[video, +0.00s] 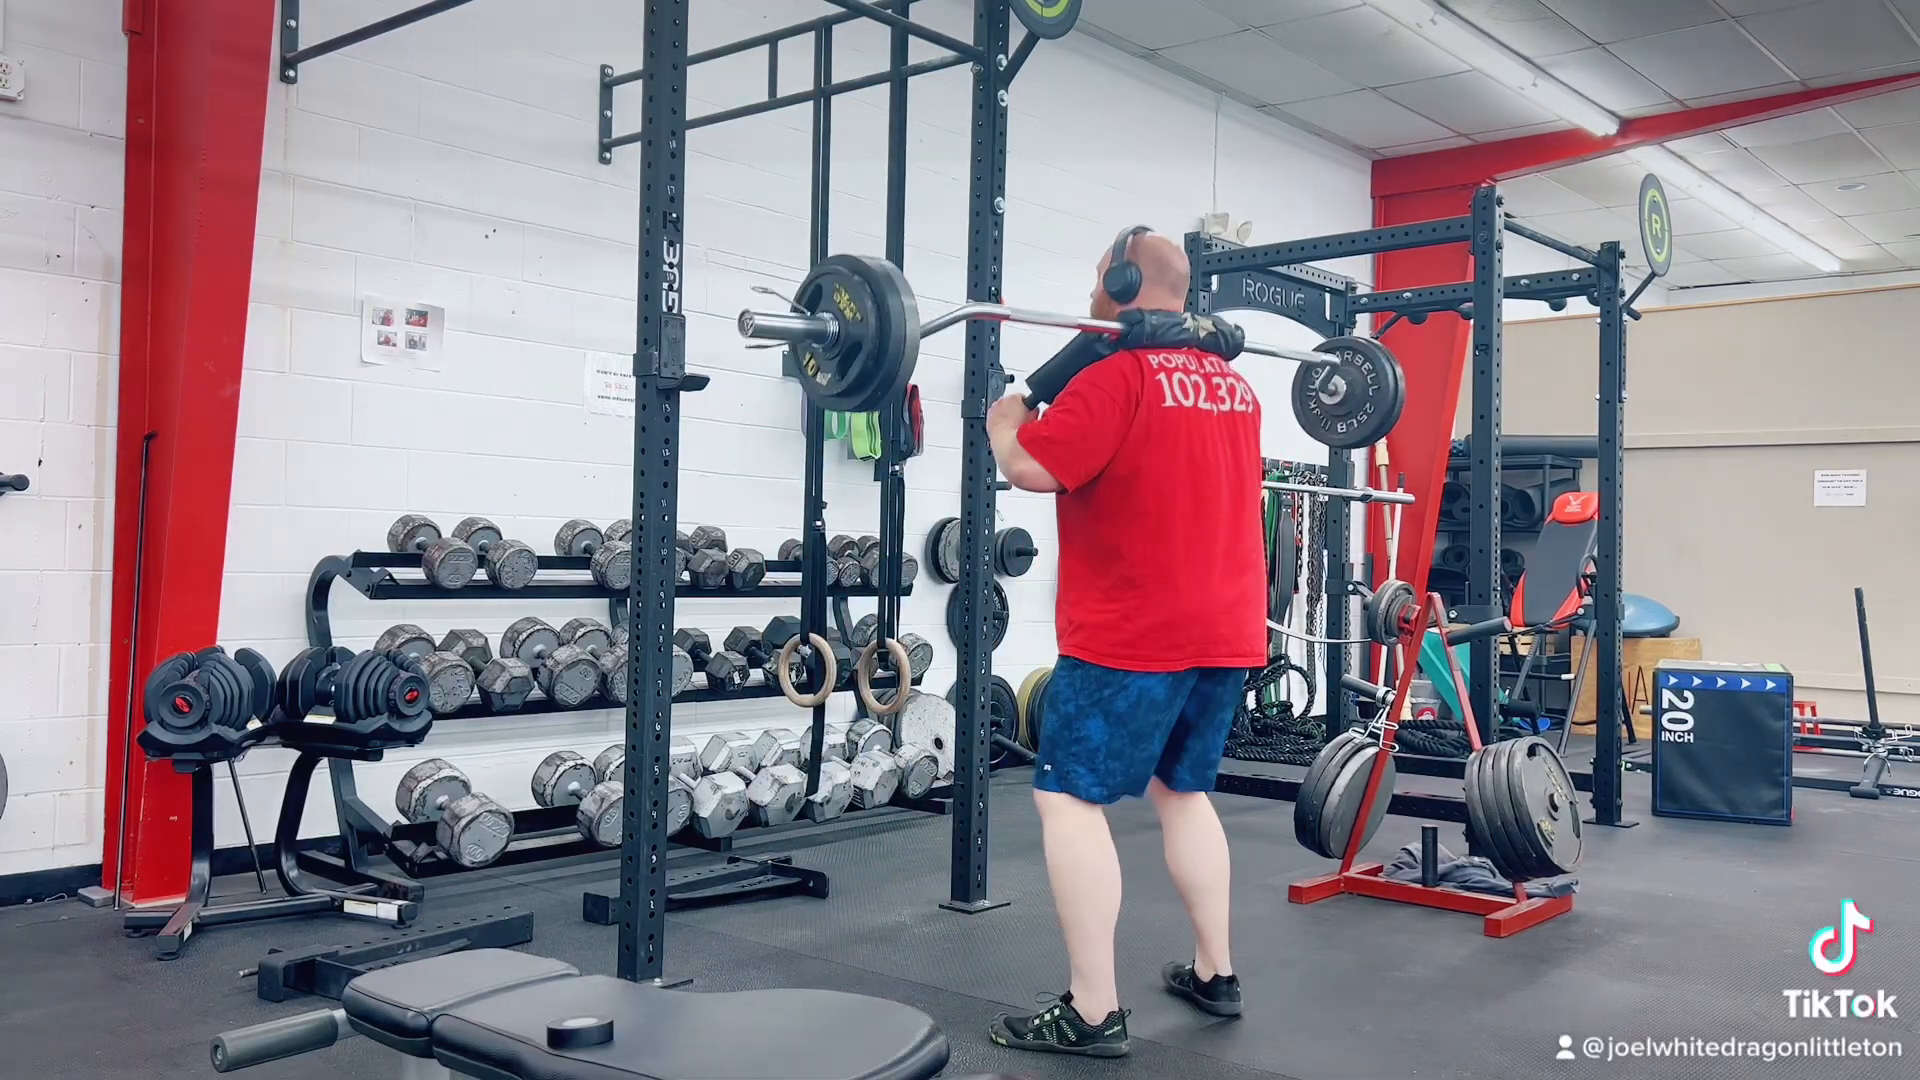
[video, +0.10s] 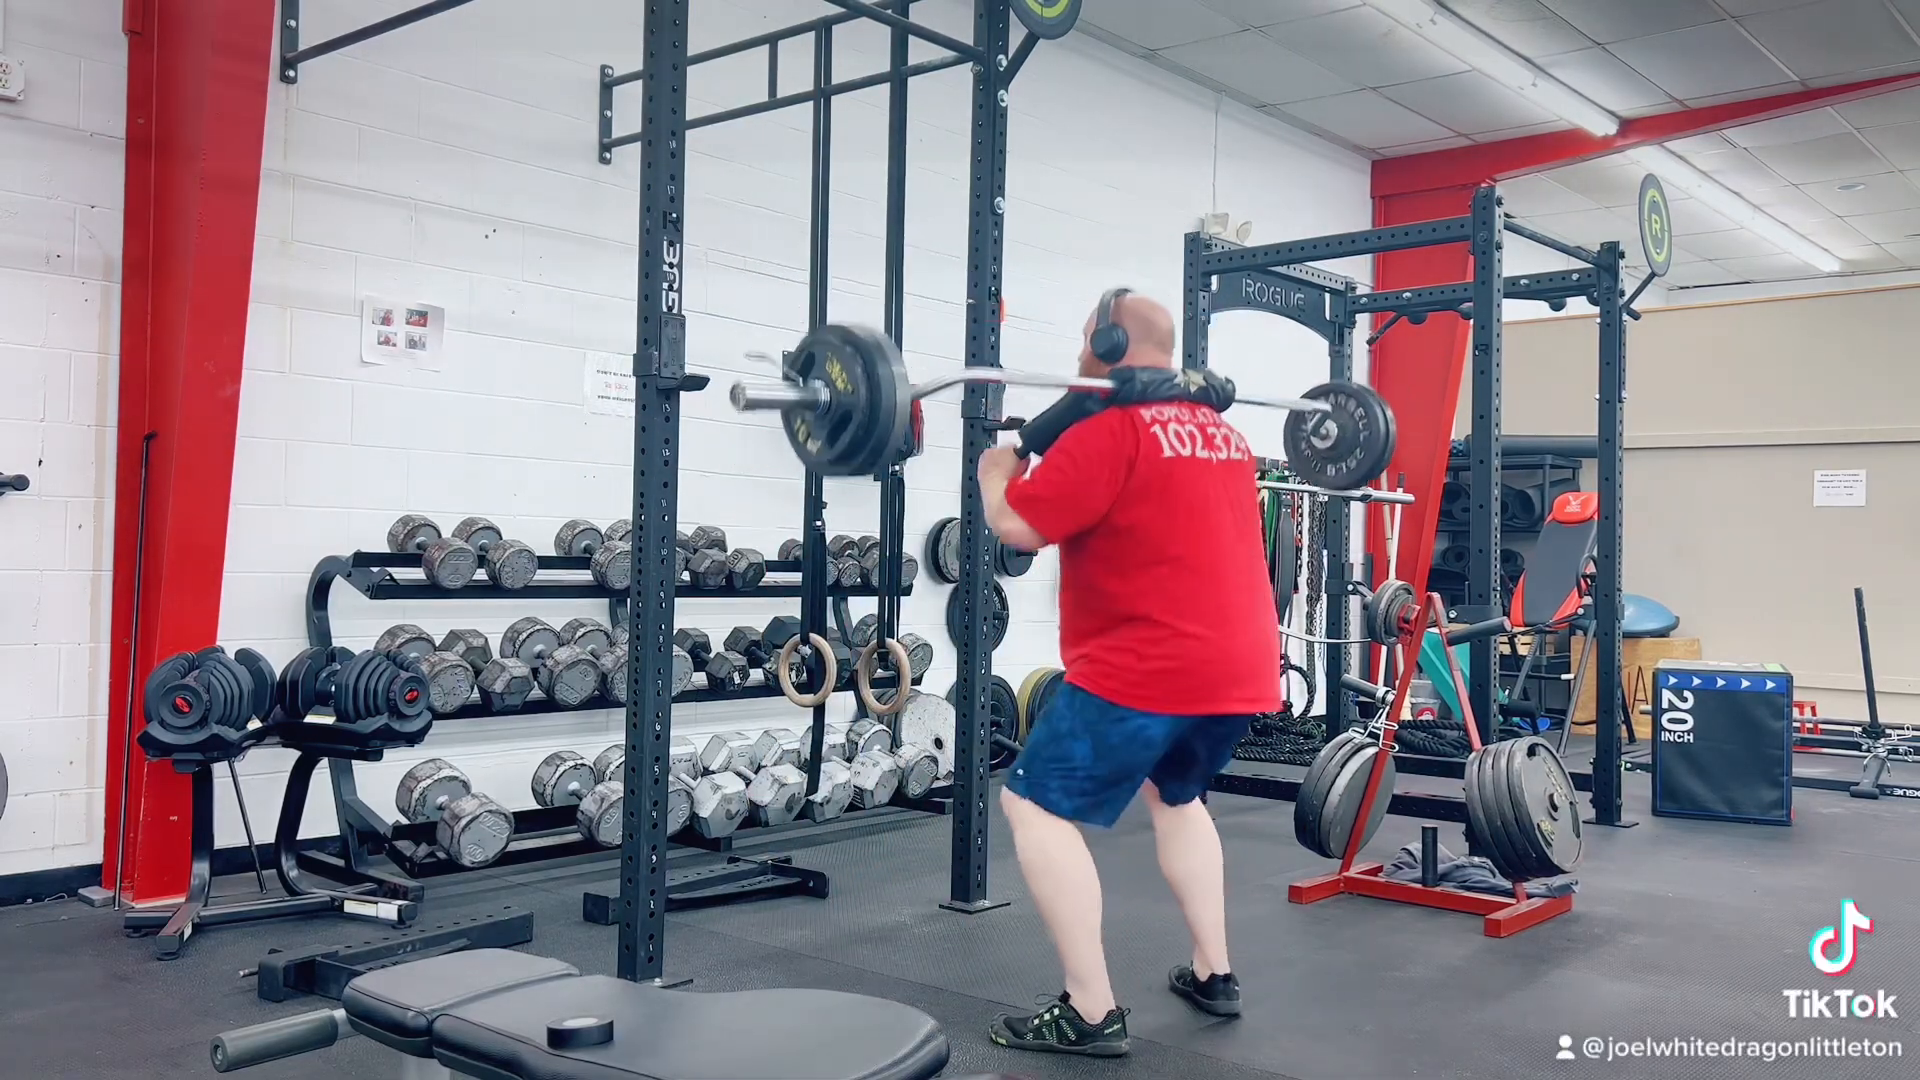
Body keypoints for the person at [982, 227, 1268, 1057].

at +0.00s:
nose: (1091, 301)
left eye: (1096, 289)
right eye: (1097, 287)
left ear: (1114, 298)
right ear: (1181, 301)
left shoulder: (1118, 372)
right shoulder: (1233, 381)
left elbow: (1030, 467)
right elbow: (1238, 498)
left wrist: (1005, 422)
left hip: (1131, 633)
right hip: (1230, 632)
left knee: (1066, 791)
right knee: (1184, 787)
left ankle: (1093, 1008)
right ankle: (1216, 972)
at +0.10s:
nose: (1078, 358)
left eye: (1083, 345)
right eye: (1082, 344)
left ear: (1103, 352)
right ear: (1167, 352)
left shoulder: (1112, 429)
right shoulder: (1223, 430)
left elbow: (1015, 526)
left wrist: (994, 471)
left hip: (1142, 667)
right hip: (1243, 669)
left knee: (1034, 799)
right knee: (1176, 792)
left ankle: (1091, 1007)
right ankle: (1215, 974)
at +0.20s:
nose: (1067, 436)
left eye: (1072, 422)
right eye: (1070, 423)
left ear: (1092, 429)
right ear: (1158, 430)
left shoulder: (1108, 504)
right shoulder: (1212, 497)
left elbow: (1006, 597)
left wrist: (990, 540)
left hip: (1160, 728)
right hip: (1261, 730)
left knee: (1014, 810)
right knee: (1172, 808)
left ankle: (1090, 1009)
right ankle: (1214, 975)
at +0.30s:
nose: (1066, 508)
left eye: (1069, 497)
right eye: (1072, 497)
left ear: (1081, 500)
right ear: (1154, 500)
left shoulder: (1103, 572)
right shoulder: (1203, 560)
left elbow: (997, 665)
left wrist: (981, 605)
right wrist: (1069, 567)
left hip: (1186, 789)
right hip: (1275, 789)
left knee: (999, 812)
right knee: (1155, 798)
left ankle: (1089, 1009)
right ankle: (1213, 973)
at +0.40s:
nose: (1066, 560)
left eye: (1069, 549)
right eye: (1071, 548)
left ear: (1082, 556)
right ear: (1149, 555)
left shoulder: (1101, 627)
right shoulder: (1201, 612)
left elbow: (995, 723)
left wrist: (978, 660)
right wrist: (1075, 615)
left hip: (1190, 845)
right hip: (1274, 843)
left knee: (988, 820)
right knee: (1156, 784)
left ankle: (1088, 1009)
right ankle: (1211, 973)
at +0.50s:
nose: (1064, 594)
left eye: (1068, 581)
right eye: (1067, 580)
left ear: (1087, 589)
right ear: (1150, 589)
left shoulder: (1098, 669)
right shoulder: (1204, 649)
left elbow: (998, 763)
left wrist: (981, 699)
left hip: (1192, 889)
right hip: (1271, 882)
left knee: (987, 821)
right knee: (1161, 795)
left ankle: (1088, 1009)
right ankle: (1208, 971)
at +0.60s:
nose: (1064, 578)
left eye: (1068, 569)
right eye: (1069, 568)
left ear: (1082, 579)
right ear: (1149, 580)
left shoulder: (1098, 659)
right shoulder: (1201, 639)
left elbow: (1000, 756)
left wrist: (982, 695)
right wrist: (1039, 695)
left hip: (1195, 876)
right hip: (1273, 871)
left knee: (989, 820)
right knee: (1157, 793)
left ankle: (1088, 1008)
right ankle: (1209, 973)